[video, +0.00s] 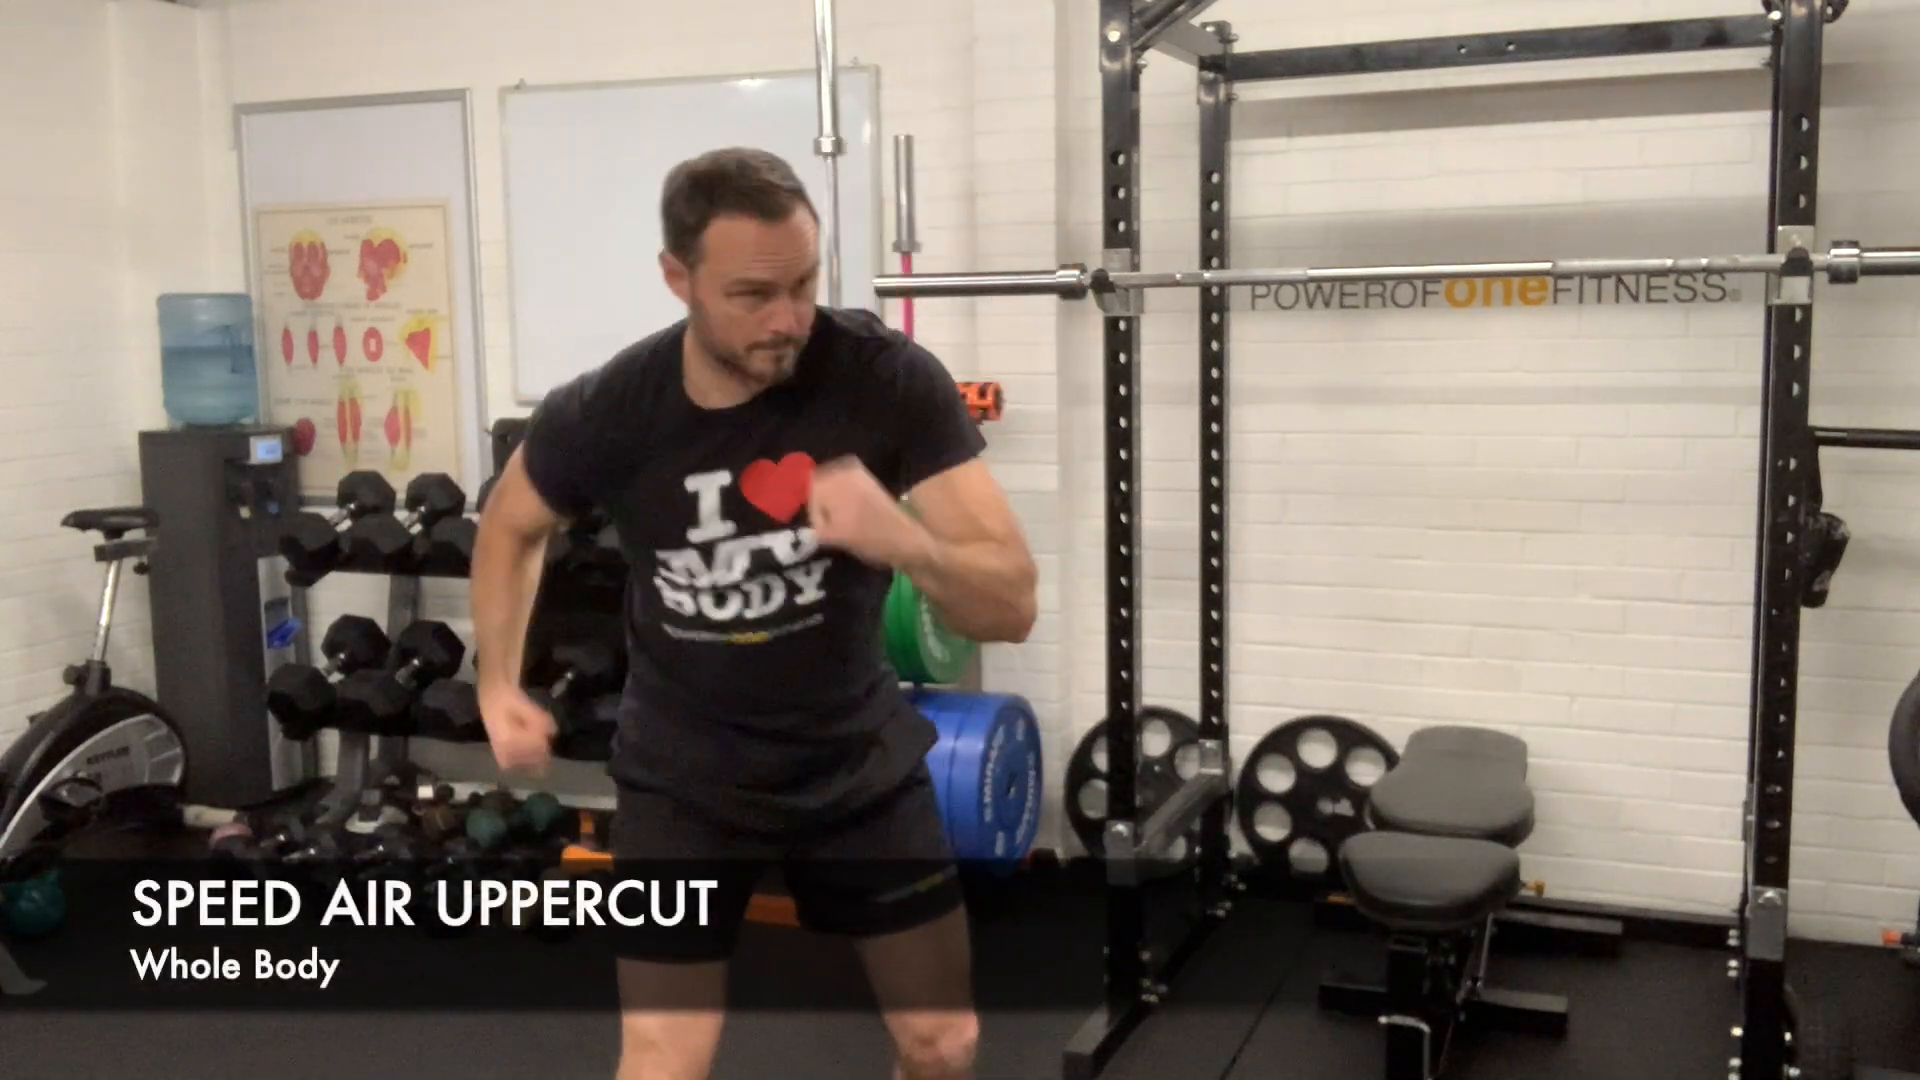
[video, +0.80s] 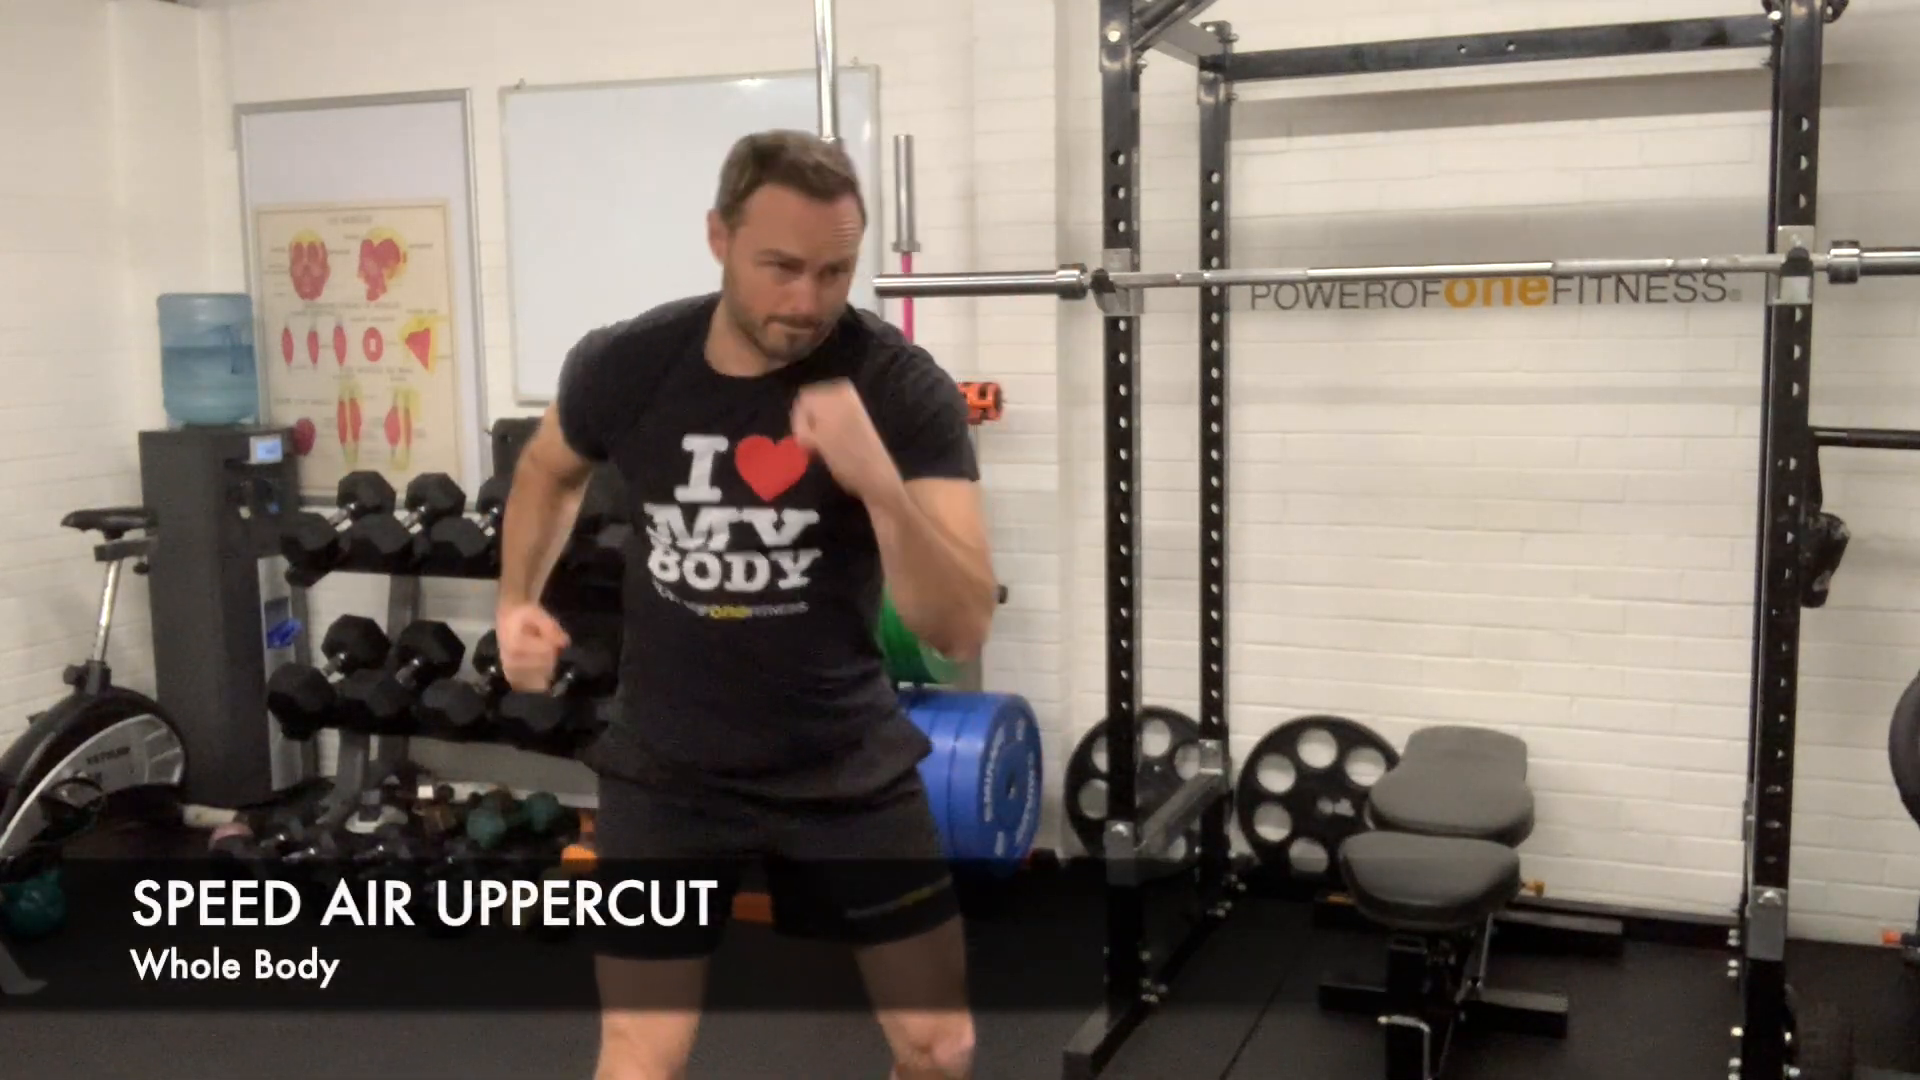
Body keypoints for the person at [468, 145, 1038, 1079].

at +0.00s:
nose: (790, 320)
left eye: (804, 284)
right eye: (754, 295)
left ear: (820, 255)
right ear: (677, 278)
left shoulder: (888, 382)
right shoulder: (606, 415)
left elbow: (1011, 604)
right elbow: (508, 529)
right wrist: (498, 683)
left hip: (858, 762)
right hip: (682, 774)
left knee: (944, 1045)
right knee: (665, 1054)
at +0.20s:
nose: (833, 291)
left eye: (833, 268)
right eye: (815, 277)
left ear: (733, 283)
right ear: (731, 287)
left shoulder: (734, 339)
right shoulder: (701, 431)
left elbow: (771, 462)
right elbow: (936, 599)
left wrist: (852, 482)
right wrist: (1008, 389)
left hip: (842, 741)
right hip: (732, 784)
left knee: (933, 1016)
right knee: (748, 1065)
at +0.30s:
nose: (874, 274)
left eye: (876, 250)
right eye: (861, 253)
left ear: (777, 251)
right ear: (781, 252)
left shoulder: (696, 305)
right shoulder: (762, 393)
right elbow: (988, 552)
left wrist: (723, 499)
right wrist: (1069, 363)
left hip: (823, 736)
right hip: (728, 771)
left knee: (924, 987)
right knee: (751, 1063)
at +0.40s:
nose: (922, 305)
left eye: (925, 279)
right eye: (909, 278)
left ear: (830, 264)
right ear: (825, 263)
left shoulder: (823, 375)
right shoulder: (744, 402)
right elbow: (838, 677)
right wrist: (1027, 581)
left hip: (808, 760)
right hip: (692, 790)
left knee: (913, 999)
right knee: (723, 1063)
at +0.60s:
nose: (884, 350)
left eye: (917, 332)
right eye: (870, 311)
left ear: (942, 324)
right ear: (820, 267)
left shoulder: (919, 444)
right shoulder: (660, 375)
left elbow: (979, 673)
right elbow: (517, 482)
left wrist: (971, 486)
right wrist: (533, 608)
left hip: (812, 763)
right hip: (644, 758)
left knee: (932, 1056)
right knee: (650, 1065)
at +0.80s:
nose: (808, 300)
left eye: (834, 271)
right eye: (781, 267)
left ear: (859, 253)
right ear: (719, 239)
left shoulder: (900, 385)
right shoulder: (620, 372)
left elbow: (961, 625)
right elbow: (551, 473)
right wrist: (518, 598)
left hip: (848, 759)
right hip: (669, 762)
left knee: (940, 1049)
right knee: (643, 1051)